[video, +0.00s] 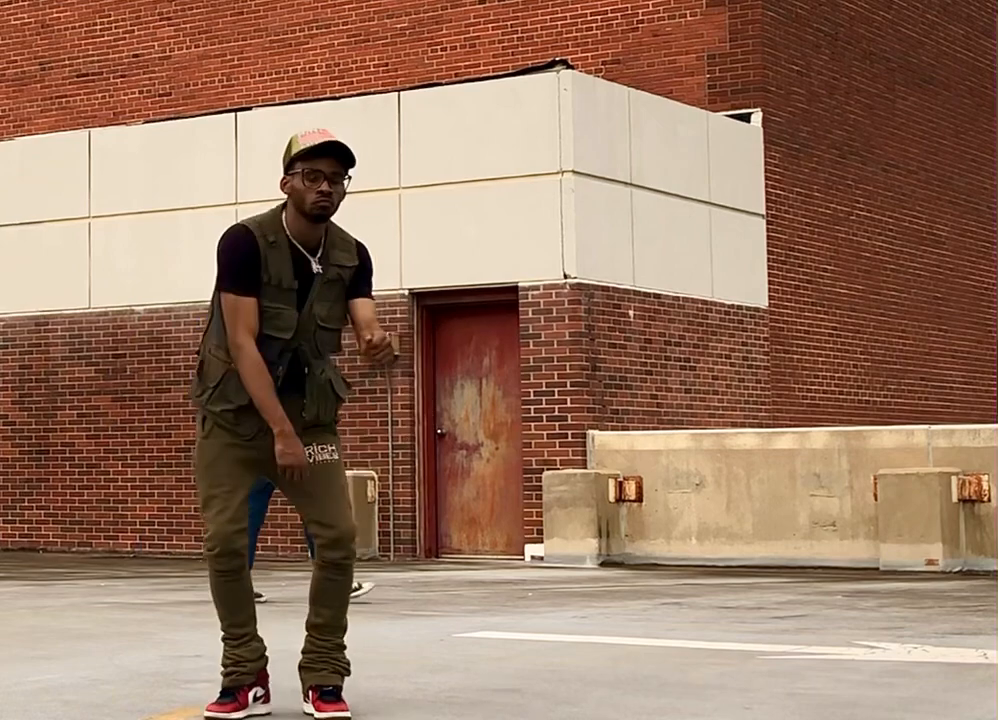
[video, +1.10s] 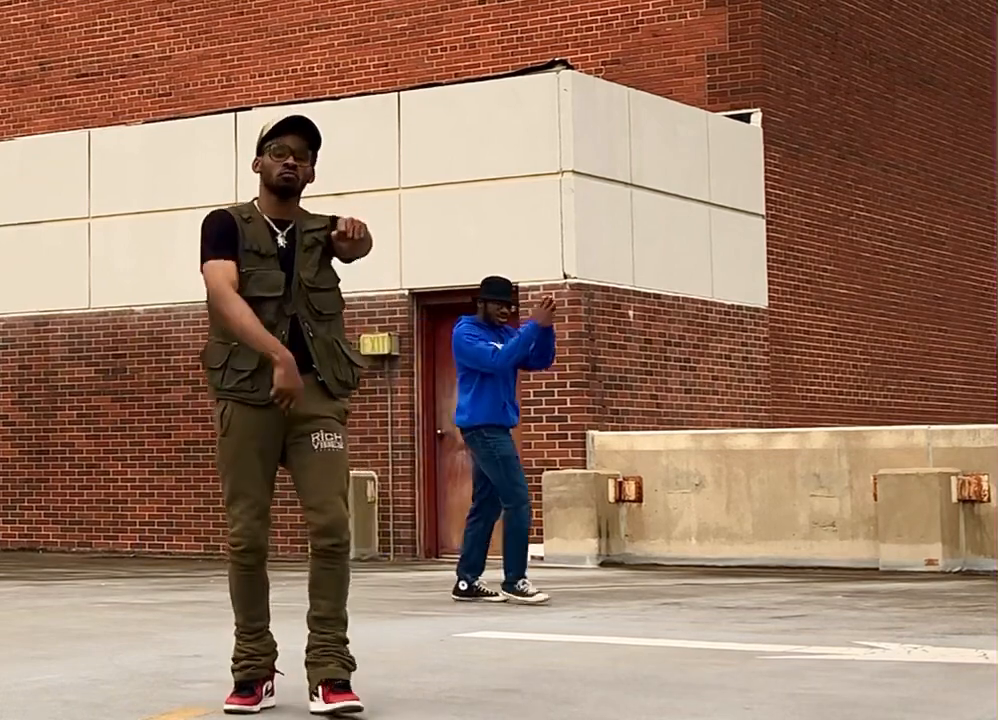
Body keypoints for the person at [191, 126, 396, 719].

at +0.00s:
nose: (324, 188)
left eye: (335, 180)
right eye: (312, 177)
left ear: (346, 188)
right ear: (286, 181)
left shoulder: (352, 256)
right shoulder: (244, 243)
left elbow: (366, 324)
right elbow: (242, 346)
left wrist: (378, 342)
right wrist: (282, 430)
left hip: (310, 415)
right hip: (234, 414)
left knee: (337, 542)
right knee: (224, 544)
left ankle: (324, 677)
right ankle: (244, 674)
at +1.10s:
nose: (290, 163)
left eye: (301, 158)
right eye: (280, 153)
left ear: (311, 172)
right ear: (257, 162)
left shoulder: (321, 232)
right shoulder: (226, 223)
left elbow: (354, 247)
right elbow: (222, 301)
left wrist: (356, 242)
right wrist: (278, 353)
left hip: (318, 398)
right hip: (247, 400)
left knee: (331, 533)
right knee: (247, 541)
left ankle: (329, 671)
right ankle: (252, 670)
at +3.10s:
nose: (260, 191)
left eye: (270, 182)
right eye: (248, 183)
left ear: (284, 191)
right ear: (231, 193)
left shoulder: (294, 251)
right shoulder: (209, 234)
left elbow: (334, 274)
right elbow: (170, 253)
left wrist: (310, 265)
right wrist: (235, 301)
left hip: (285, 421)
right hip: (219, 421)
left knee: (312, 538)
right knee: (203, 554)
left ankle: (331, 670)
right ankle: (198, 653)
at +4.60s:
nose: (254, 163)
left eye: (265, 152)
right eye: (241, 153)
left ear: (281, 159)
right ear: (223, 160)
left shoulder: (307, 221)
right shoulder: (194, 207)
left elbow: (311, 289)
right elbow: (159, 248)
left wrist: (303, 345)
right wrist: (171, 257)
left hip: (291, 416)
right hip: (209, 420)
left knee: (344, 530)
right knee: (198, 554)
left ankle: (313, 651)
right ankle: (238, 672)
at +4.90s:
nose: (249, 154)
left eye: (261, 144)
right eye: (236, 143)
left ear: (279, 152)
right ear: (217, 153)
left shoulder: (305, 218)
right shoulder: (194, 204)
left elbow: (311, 286)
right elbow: (159, 201)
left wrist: (311, 347)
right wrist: (140, 174)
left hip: (285, 412)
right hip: (203, 416)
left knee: (322, 541)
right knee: (196, 565)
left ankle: (281, 693)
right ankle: (227, 672)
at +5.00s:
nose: (234, 123)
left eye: (247, 113)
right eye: (222, 111)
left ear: (263, 123)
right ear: (202, 117)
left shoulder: (289, 170)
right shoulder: (173, 195)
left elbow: (298, 186)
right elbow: (136, 280)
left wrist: (282, 199)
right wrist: (160, 293)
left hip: (271, 387)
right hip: (189, 389)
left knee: (282, 542)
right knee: (168, 533)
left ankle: (280, 697)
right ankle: (215, 649)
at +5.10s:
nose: (216, 110)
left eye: (228, 102)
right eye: (204, 99)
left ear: (244, 114)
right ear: (183, 107)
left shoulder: (264, 167)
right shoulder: (156, 196)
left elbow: (279, 121)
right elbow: (153, 281)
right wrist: (144, 349)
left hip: (263, 380)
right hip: (183, 383)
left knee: (278, 538)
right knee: (149, 514)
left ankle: (281, 696)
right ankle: (197, 679)